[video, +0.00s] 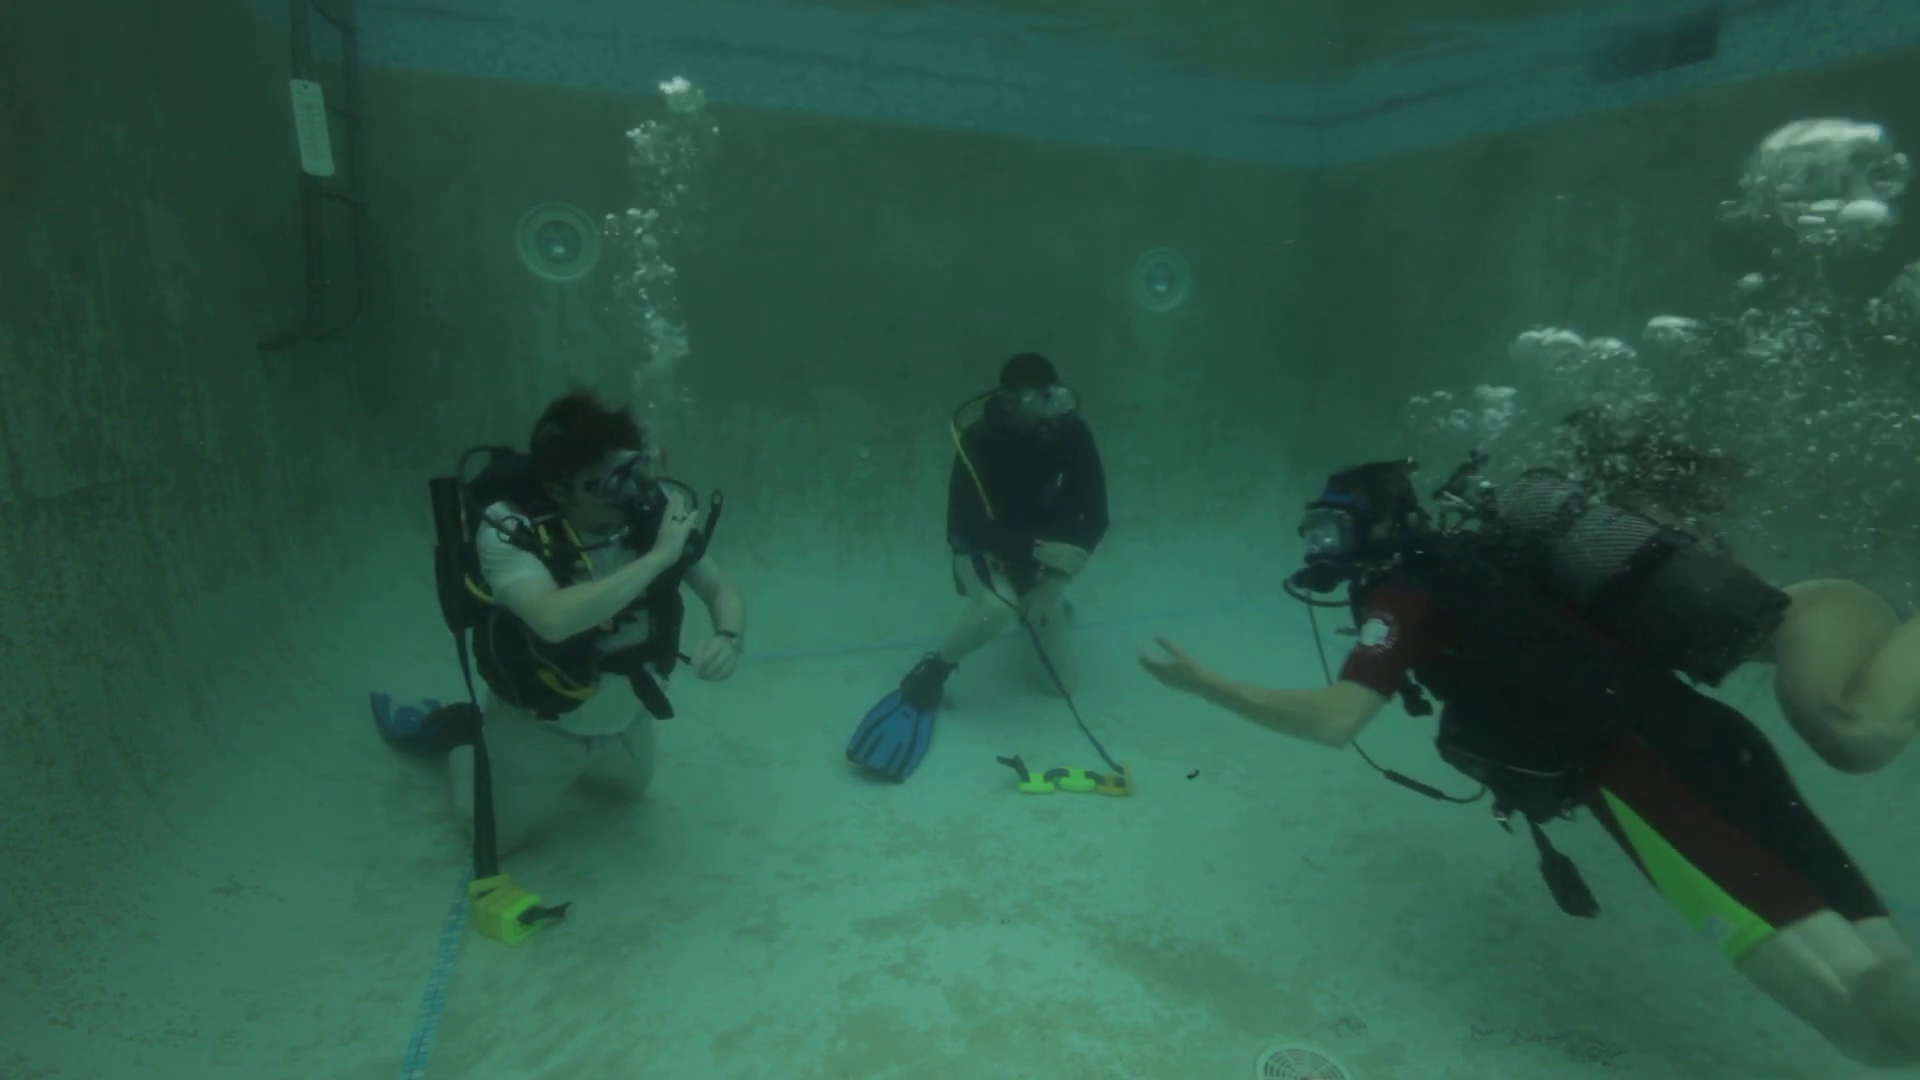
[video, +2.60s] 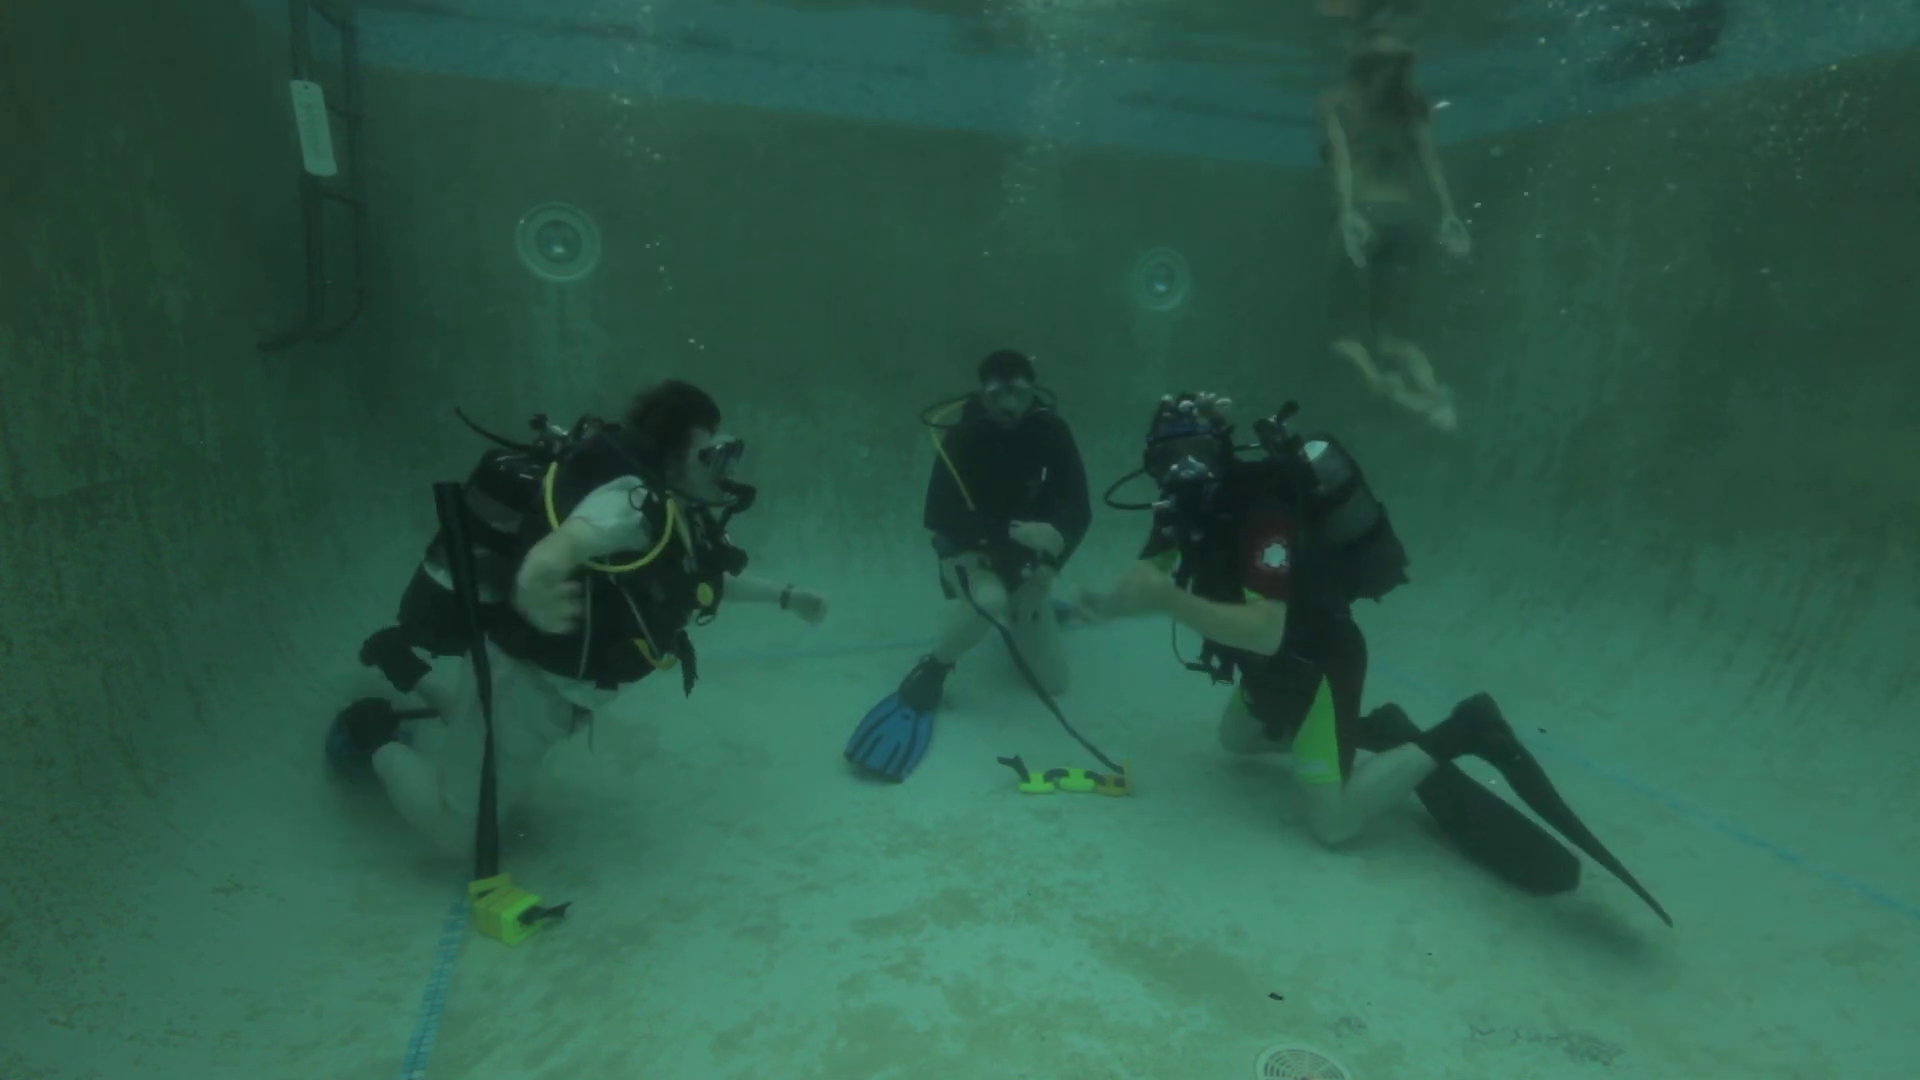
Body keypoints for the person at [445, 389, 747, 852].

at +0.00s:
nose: (635, 492)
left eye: (636, 472)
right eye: (614, 481)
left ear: (643, 462)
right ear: (562, 489)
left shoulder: (646, 512)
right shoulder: (506, 529)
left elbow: (719, 586)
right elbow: (552, 620)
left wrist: (727, 636)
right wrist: (660, 556)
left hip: (625, 711)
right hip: (538, 722)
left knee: (627, 786)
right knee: (503, 832)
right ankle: (461, 731)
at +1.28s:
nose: (675, 475)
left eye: (673, 461)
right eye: (662, 464)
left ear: (623, 470)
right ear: (616, 471)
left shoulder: (638, 510)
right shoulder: (533, 515)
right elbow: (608, 578)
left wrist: (716, 593)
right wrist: (734, 584)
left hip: (606, 701)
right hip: (520, 722)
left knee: (632, 762)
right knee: (495, 833)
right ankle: (455, 725)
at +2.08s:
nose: (706, 473)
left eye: (704, 459)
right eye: (695, 462)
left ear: (657, 467)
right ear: (651, 466)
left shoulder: (656, 520)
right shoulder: (590, 511)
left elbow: (679, 599)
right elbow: (685, 567)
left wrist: (749, 629)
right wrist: (798, 568)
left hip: (572, 695)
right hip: (505, 697)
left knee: (549, 753)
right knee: (469, 827)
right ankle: (417, 732)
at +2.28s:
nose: (711, 476)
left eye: (711, 462)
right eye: (700, 464)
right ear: (655, 463)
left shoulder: (664, 508)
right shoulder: (601, 499)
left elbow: (672, 597)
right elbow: (647, 556)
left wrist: (740, 624)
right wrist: (778, 580)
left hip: (573, 692)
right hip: (506, 689)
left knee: (528, 756)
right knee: (456, 829)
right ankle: (408, 736)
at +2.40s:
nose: (719, 475)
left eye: (719, 460)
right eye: (706, 463)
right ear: (661, 462)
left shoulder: (679, 515)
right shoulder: (617, 494)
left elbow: (695, 593)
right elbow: (604, 548)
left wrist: (756, 617)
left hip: (568, 689)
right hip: (505, 681)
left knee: (502, 758)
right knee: (451, 826)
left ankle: (427, 715)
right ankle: (396, 735)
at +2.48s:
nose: (721, 471)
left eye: (722, 456)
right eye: (707, 458)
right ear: (666, 460)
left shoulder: (681, 517)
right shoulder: (624, 500)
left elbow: (693, 589)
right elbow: (580, 549)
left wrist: (763, 609)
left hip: (572, 687)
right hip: (513, 678)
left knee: (502, 764)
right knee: (454, 826)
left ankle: (423, 716)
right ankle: (386, 738)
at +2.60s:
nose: (724, 465)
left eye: (722, 451)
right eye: (711, 453)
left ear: (686, 458)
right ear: (671, 457)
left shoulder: (682, 513)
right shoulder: (628, 507)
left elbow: (710, 576)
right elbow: (540, 570)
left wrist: (783, 594)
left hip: (574, 685)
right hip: (527, 682)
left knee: (513, 737)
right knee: (463, 831)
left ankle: (416, 677)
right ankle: (379, 739)